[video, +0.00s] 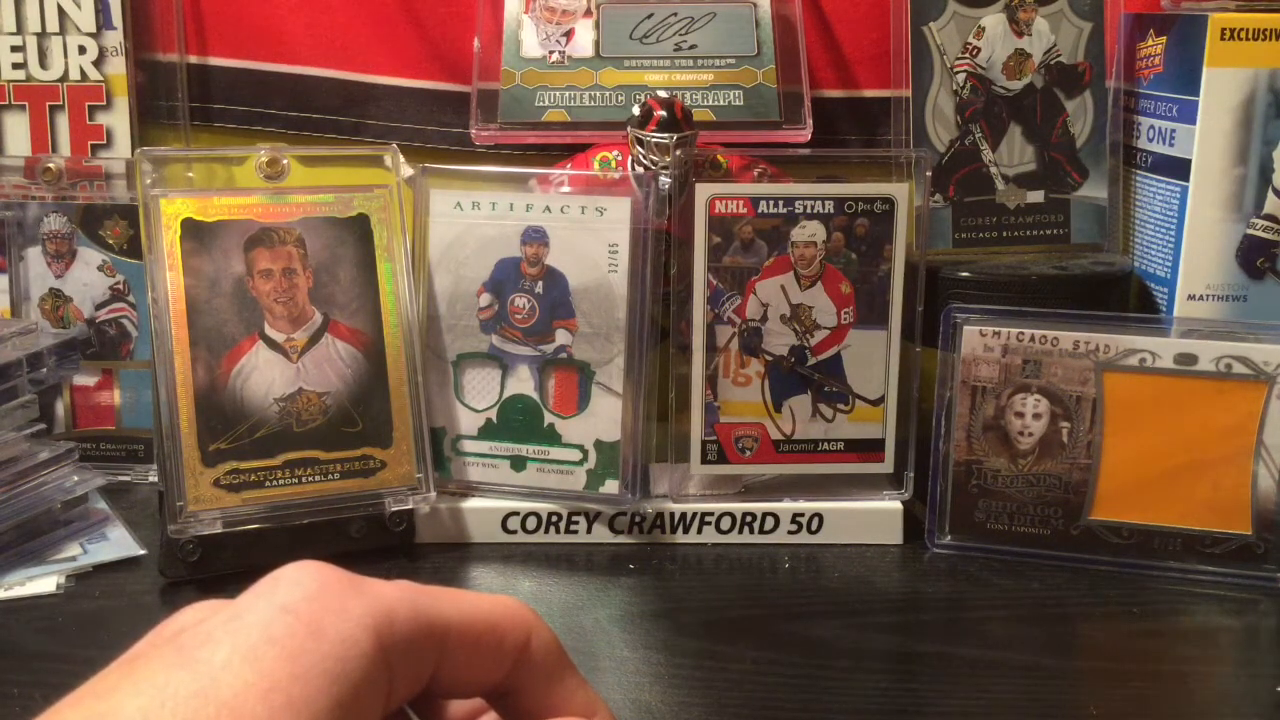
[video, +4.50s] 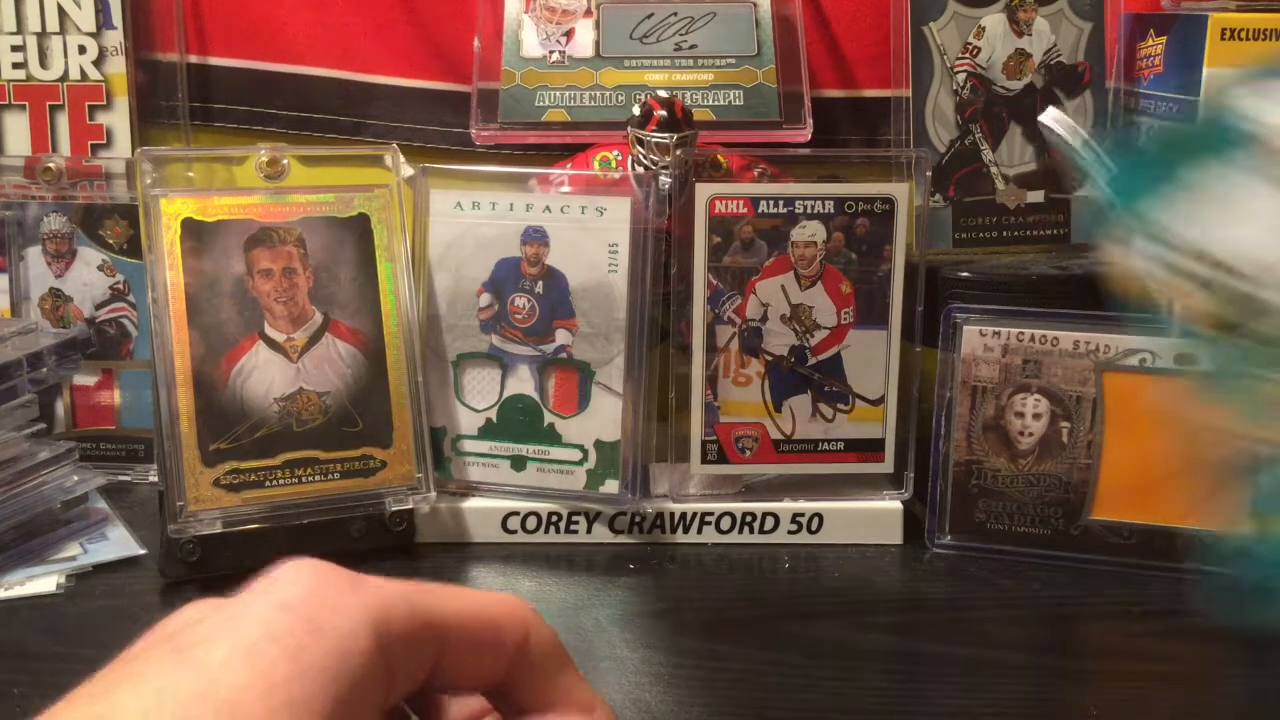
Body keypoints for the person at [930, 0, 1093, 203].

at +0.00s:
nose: (1030, 16)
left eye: (1033, 10)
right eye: (1024, 10)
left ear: (1037, 10)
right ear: (1010, 9)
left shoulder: (1041, 27)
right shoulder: (990, 26)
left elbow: (1050, 60)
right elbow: (965, 63)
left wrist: (1067, 75)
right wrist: (969, 98)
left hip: (1025, 92)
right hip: (992, 93)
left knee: (1056, 123)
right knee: (979, 138)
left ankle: (1063, 177)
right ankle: (942, 186)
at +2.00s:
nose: (1029, 16)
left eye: (1033, 10)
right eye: (1023, 10)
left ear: (1037, 10)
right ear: (1010, 9)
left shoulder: (1041, 27)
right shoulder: (990, 26)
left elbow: (1050, 63)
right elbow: (964, 62)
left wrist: (1070, 74)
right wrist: (969, 96)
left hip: (1026, 91)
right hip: (993, 93)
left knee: (1056, 121)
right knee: (979, 138)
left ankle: (1063, 175)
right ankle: (942, 185)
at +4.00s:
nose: (1028, 16)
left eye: (1033, 10)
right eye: (1023, 10)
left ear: (1037, 10)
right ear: (1011, 8)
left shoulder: (1041, 27)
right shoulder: (991, 25)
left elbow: (1051, 61)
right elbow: (965, 63)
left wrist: (1068, 73)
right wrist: (970, 97)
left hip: (1028, 91)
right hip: (993, 93)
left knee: (1056, 121)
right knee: (980, 137)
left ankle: (1063, 176)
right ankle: (942, 185)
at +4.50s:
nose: (1029, 15)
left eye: (1033, 10)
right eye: (1023, 9)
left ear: (1037, 9)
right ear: (1011, 8)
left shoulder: (1041, 27)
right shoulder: (991, 26)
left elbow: (1051, 58)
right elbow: (965, 62)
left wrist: (1066, 74)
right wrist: (968, 98)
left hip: (1024, 93)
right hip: (992, 94)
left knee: (1052, 132)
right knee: (979, 142)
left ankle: (1060, 185)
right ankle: (940, 184)